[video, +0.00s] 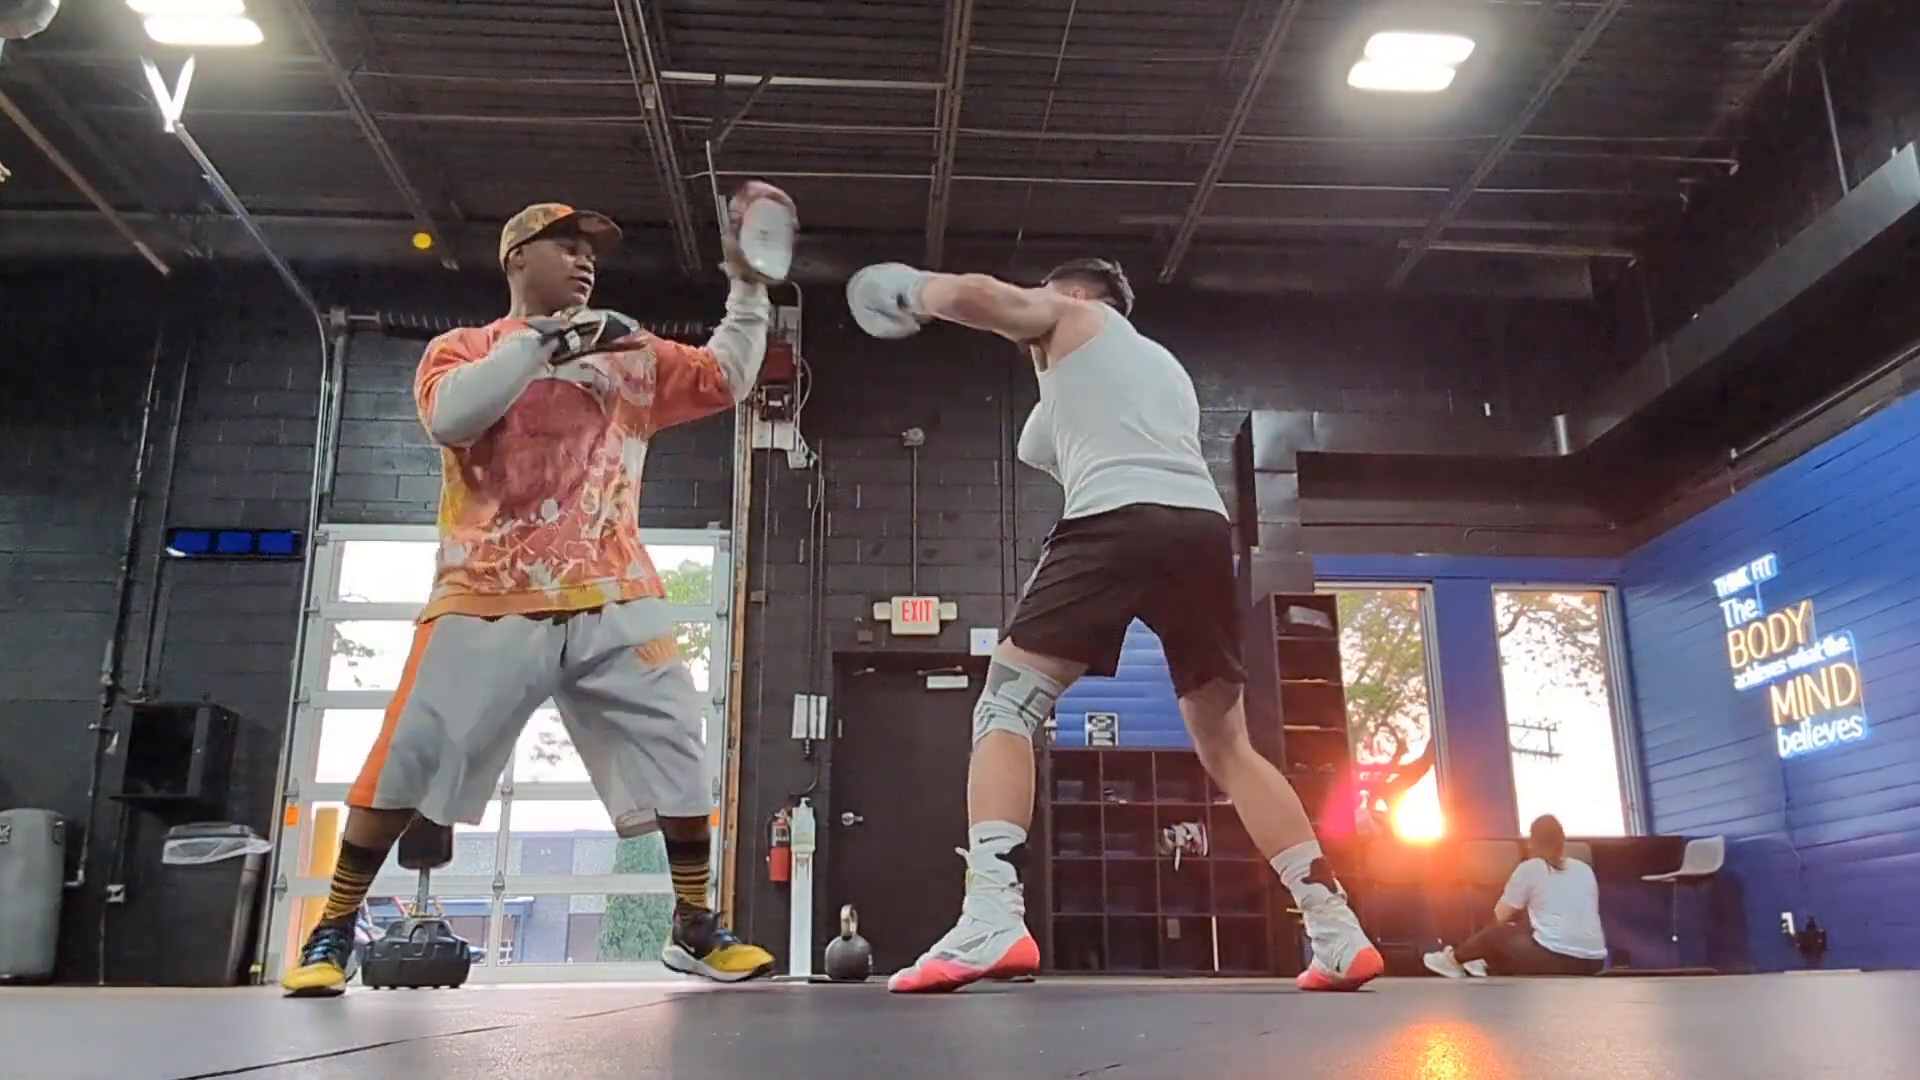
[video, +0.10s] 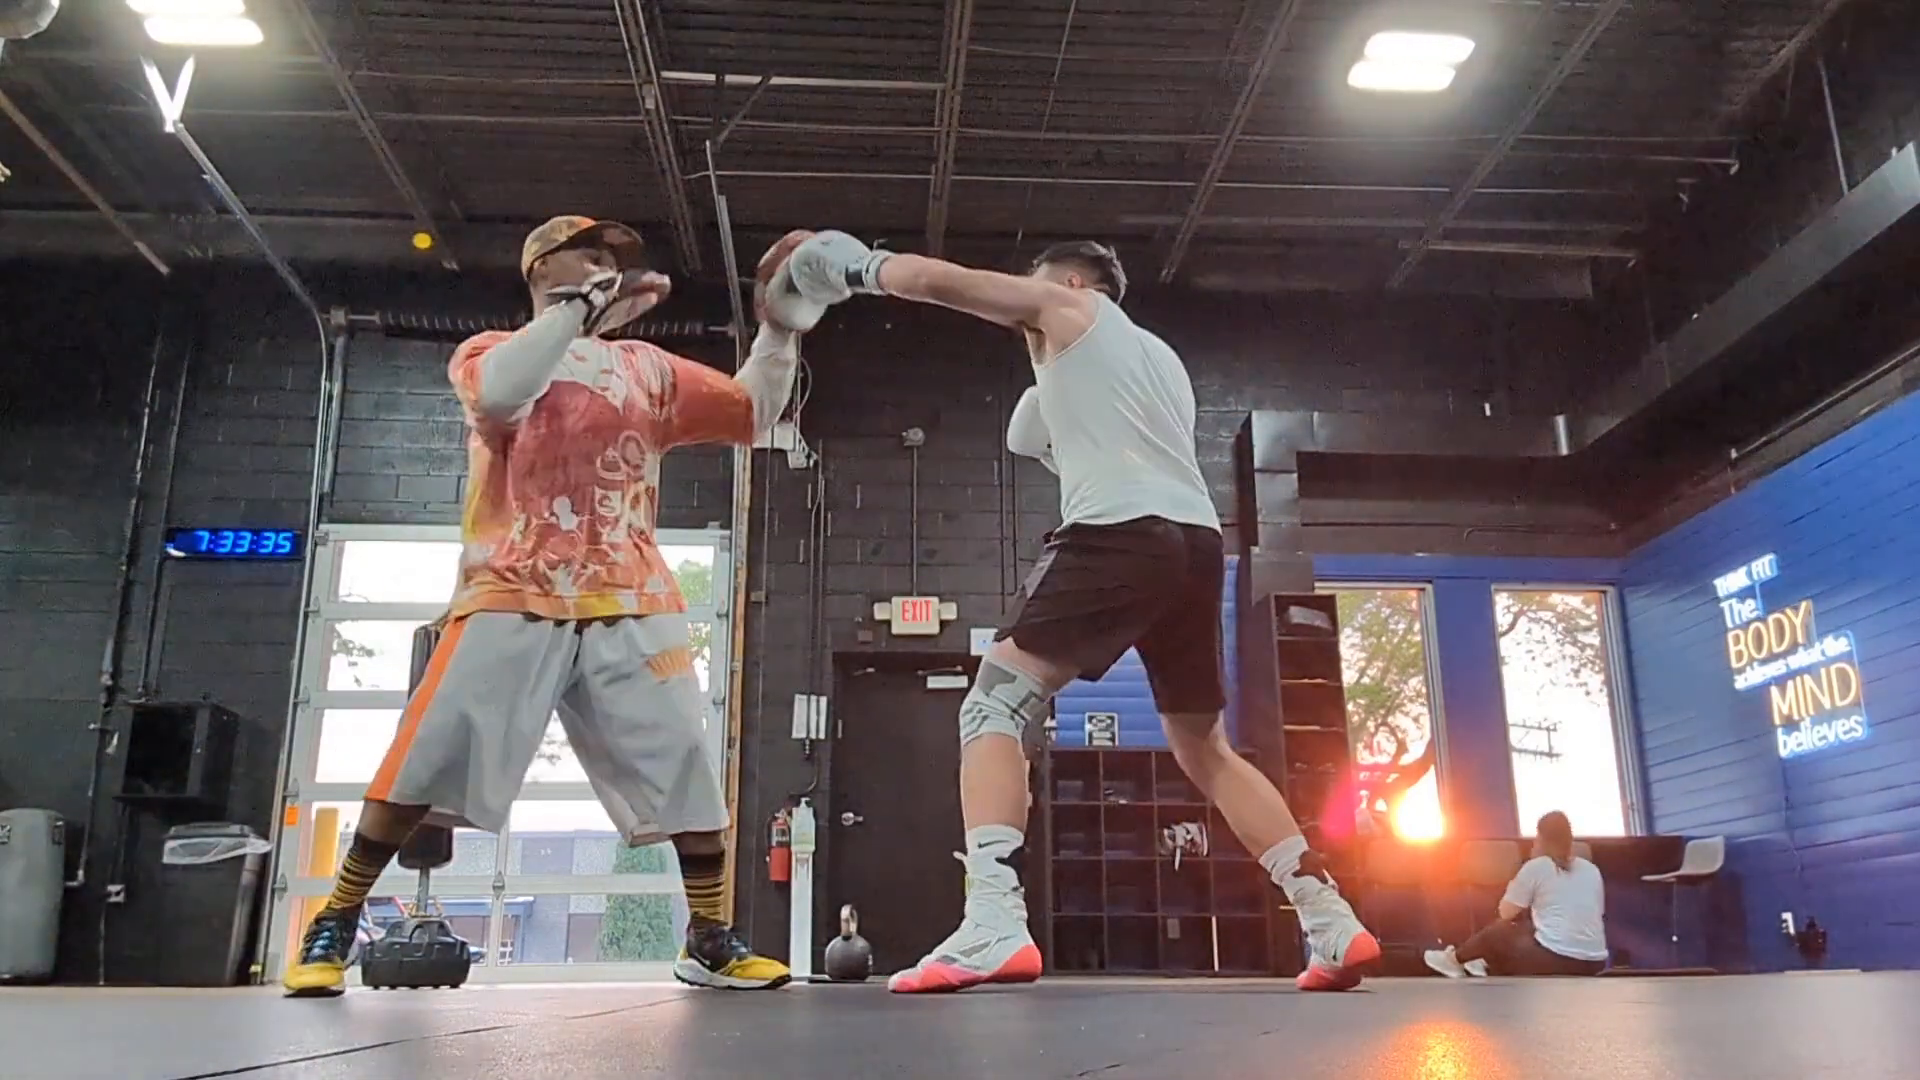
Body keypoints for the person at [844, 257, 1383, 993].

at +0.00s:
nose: (1039, 306)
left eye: (1048, 297)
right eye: (1041, 298)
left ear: (1080, 293)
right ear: (1118, 303)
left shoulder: (1067, 313)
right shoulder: (1167, 368)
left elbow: (966, 292)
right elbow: (1160, 450)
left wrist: (906, 287)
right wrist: (1069, 437)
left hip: (1112, 522)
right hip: (1205, 531)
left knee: (1008, 711)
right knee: (1229, 747)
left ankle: (990, 917)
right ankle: (1335, 930)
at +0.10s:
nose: (1033, 301)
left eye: (1039, 288)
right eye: (1037, 293)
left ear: (1063, 283)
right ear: (1111, 289)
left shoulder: (1061, 302)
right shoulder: (1164, 357)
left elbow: (931, 278)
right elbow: (1154, 448)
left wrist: (850, 262)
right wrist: (1056, 415)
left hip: (1117, 535)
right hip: (1200, 547)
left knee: (995, 708)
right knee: (1206, 750)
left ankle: (991, 925)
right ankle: (1330, 920)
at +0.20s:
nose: (1007, 280)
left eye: (1014, 263)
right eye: (1007, 267)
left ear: (1052, 250)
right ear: (1075, 256)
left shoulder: (1066, 282)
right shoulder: (1123, 339)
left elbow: (991, 321)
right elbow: (1113, 442)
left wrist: (922, 298)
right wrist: (1032, 405)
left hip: (1105, 529)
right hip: (1167, 542)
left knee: (984, 698)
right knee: (1171, 746)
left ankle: (987, 917)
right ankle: (1319, 901)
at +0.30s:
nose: (982, 253)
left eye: (990, 235)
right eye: (982, 240)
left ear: (1033, 226)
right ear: (1036, 232)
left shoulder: (1089, 277)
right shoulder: (1030, 325)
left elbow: (1050, 360)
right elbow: (965, 399)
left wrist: (971, 315)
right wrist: (914, 340)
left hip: (1107, 529)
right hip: (1107, 535)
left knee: (997, 693)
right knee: (1148, 751)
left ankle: (992, 924)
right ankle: (1312, 880)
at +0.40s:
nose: (977, 253)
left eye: (985, 235)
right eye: (977, 240)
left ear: (1031, 226)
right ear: (1028, 233)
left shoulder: (1105, 283)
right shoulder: (1020, 313)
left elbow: (1074, 376)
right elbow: (919, 336)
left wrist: (988, 329)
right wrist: (863, 284)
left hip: (1119, 533)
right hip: (1085, 541)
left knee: (1009, 696)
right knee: (1162, 752)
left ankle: (998, 929)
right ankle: (1308, 886)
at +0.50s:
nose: (984, 245)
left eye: (995, 227)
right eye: (984, 233)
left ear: (1044, 222)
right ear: (1036, 232)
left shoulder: (1111, 282)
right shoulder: (1021, 318)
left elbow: (1117, 382)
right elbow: (947, 401)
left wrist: (1018, 345)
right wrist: (917, 338)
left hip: (1121, 534)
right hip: (1092, 539)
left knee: (1013, 704)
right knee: (1168, 749)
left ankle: (999, 936)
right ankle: (1323, 889)